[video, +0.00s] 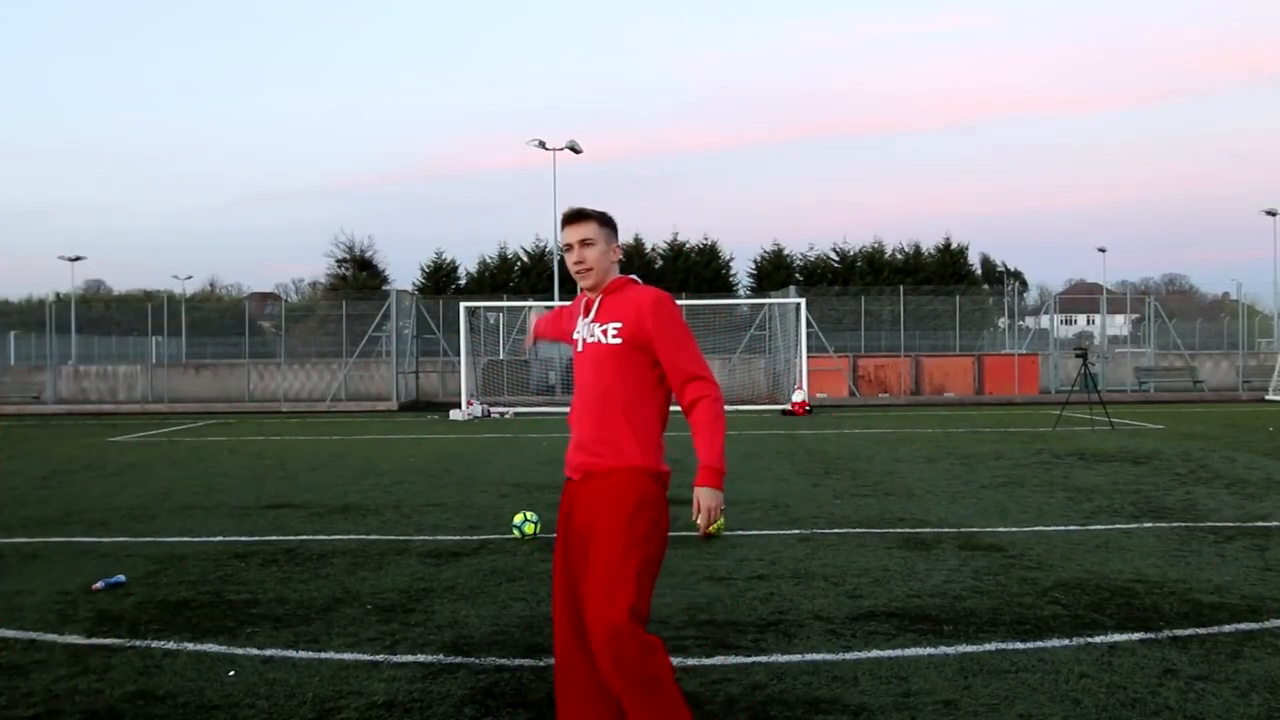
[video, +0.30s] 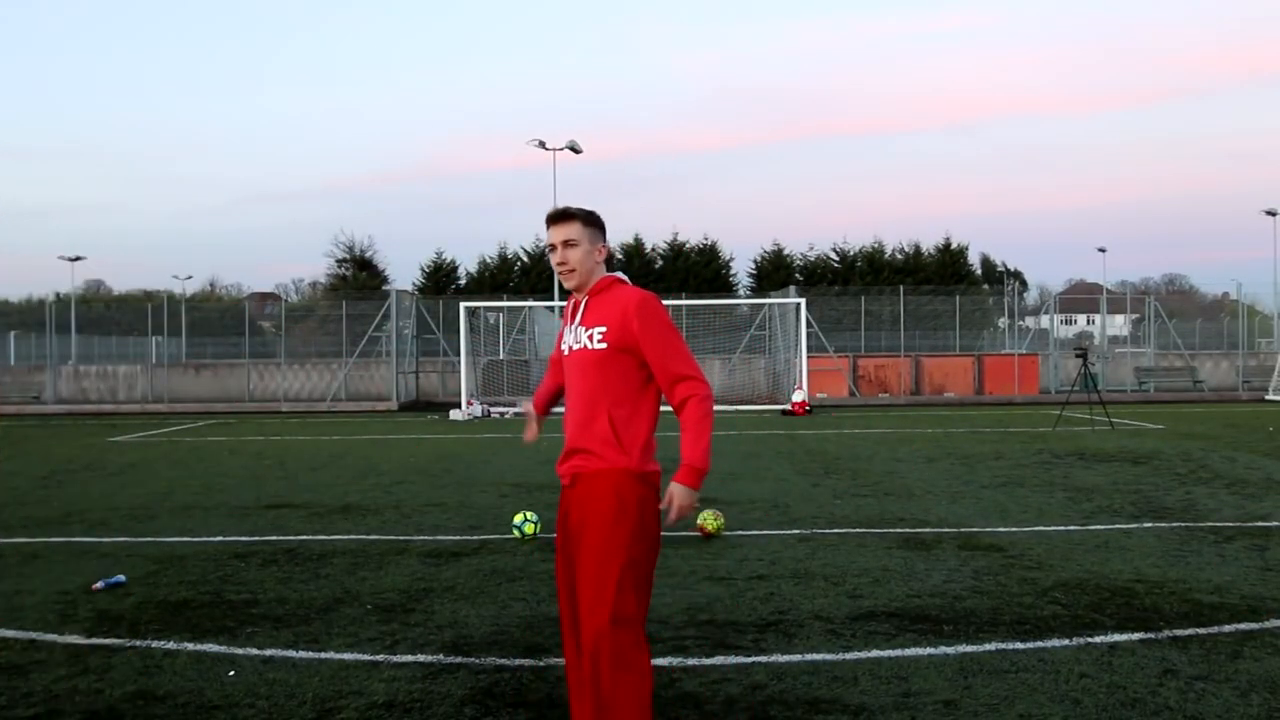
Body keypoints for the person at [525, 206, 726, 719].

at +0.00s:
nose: (576, 256)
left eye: (587, 244)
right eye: (569, 248)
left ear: (615, 250)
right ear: (565, 257)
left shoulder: (649, 304)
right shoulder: (580, 312)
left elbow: (701, 391)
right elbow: (554, 322)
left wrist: (710, 479)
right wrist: (536, 326)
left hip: (631, 485)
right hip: (581, 486)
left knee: (613, 627)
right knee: (572, 633)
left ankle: (669, 714)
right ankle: (585, 718)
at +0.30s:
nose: (559, 257)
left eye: (570, 245)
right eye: (553, 249)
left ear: (601, 251)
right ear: (551, 258)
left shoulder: (635, 304)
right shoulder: (575, 311)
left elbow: (693, 391)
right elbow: (560, 369)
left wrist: (690, 476)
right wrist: (538, 402)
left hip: (620, 486)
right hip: (578, 486)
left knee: (612, 628)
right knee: (577, 626)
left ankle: (623, 715)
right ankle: (586, 713)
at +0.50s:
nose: (543, 263)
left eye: (552, 250)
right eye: (541, 253)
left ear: (590, 250)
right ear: (579, 254)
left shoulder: (628, 305)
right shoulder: (580, 309)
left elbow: (691, 397)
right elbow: (594, 401)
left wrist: (662, 478)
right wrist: (560, 457)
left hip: (614, 493)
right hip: (577, 493)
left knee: (603, 639)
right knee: (576, 638)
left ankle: (615, 716)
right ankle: (583, 715)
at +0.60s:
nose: (536, 265)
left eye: (542, 252)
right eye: (536, 253)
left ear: (577, 251)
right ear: (578, 253)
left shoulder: (623, 305)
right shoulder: (586, 308)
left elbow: (688, 399)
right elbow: (616, 400)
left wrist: (643, 478)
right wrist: (576, 471)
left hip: (609, 496)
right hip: (582, 494)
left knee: (601, 643)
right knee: (577, 641)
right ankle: (582, 715)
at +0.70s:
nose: (534, 267)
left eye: (538, 254)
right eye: (534, 255)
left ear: (570, 252)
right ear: (576, 253)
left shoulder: (618, 304)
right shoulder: (591, 305)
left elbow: (685, 398)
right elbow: (630, 398)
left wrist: (632, 475)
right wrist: (582, 466)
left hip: (606, 498)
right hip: (586, 495)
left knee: (600, 646)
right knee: (579, 644)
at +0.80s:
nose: (535, 269)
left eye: (536, 256)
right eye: (533, 258)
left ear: (562, 254)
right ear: (578, 252)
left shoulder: (608, 306)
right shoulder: (592, 306)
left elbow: (676, 397)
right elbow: (632, 398)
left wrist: (615, 471)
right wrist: (587, 461)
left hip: (606, 503)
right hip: (589, 500)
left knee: (605, 648)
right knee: (584, 644)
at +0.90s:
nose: (535, 268)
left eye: (535, 256)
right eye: (533, 257)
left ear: (556, 256)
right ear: (585, 251)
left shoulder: (600, 305)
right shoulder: (610, 299)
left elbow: (663, 396)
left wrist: (601, 465)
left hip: (607, 502)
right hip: (609, 498)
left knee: (604, 644)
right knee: (597, 641)